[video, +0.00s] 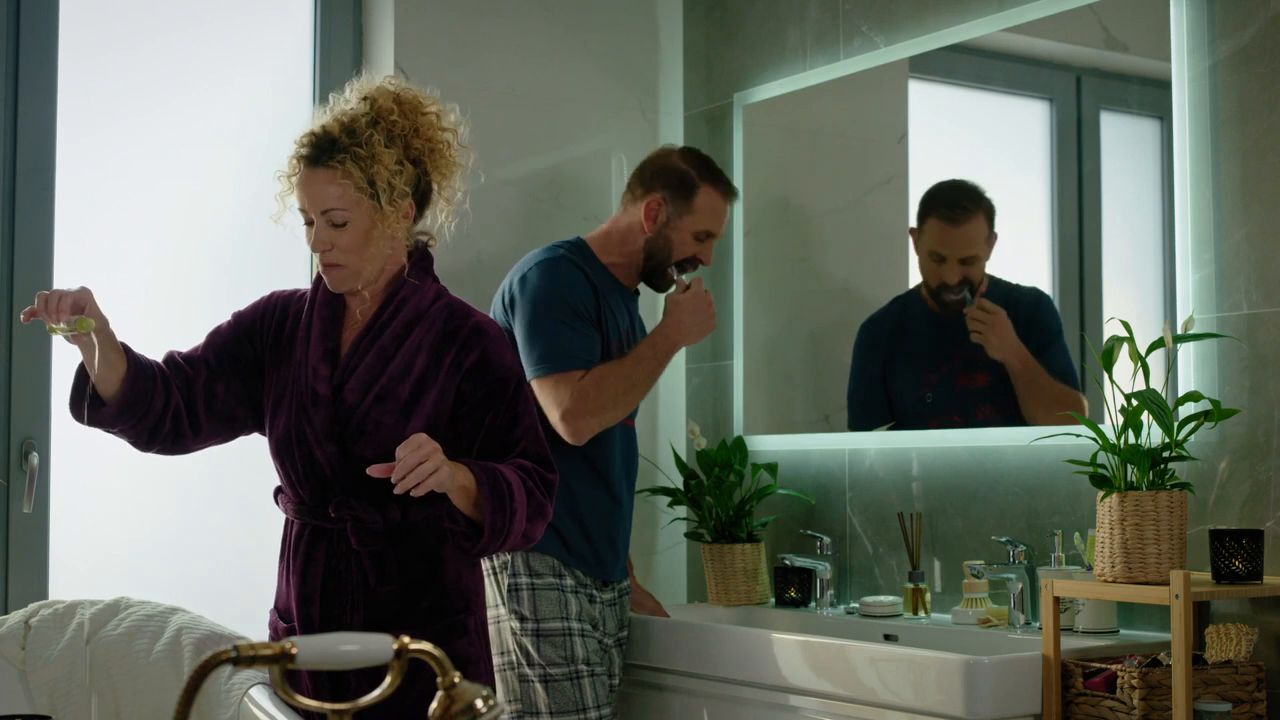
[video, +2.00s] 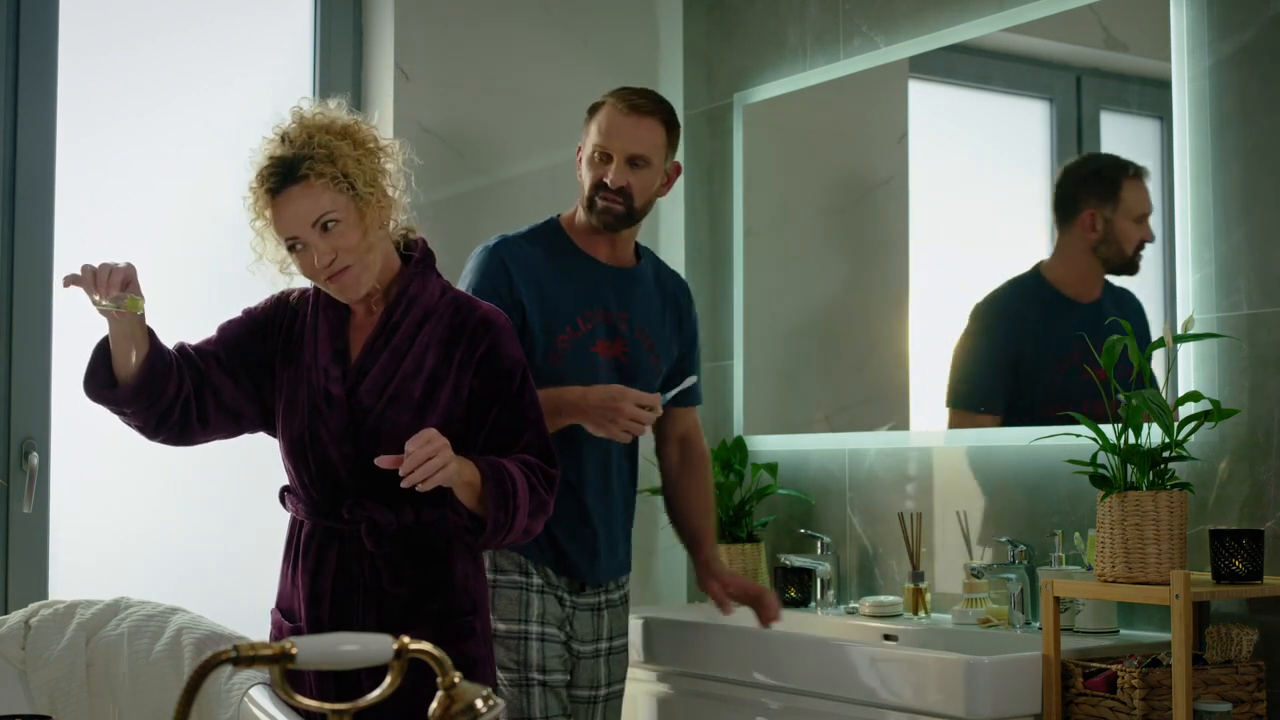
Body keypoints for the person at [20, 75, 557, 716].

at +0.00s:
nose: (317, 241)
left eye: (336, 220)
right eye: (310, 220)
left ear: (403, 215)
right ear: (301, 215)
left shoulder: (472, 346)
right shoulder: (283, 328)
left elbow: (533, 496)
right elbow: (176, 407)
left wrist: (458, 480)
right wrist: (99, 348)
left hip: (432, 628)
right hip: (307, 626)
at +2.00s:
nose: (318, 258)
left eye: (329, 225)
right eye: (295, 244)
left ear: (378, 206)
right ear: (284, 250)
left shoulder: (475, 332)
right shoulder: (289, 329)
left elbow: (531, 492)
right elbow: (173, 404)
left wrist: (463, 474)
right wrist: (126, 321)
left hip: (436, 616)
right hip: (313, 615)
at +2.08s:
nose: (318, 258)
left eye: (329, 226)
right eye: (296, 244)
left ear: (377, 206)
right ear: (285, 251)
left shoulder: (475, 332)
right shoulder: (289, 330)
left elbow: (533, 491)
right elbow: (173, 404)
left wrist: (463, 474)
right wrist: (125, 321)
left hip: (436, 617)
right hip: (313, 617)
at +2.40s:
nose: (312, 259)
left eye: (326, 230)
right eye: (294, 244)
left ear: (380, 208)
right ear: (281, 247)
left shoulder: (475, 333)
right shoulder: (289, 328)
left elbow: (533, 492)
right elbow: (170, 403)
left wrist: (464, 474)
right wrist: (127, 322)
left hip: (435, 618)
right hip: (312, 616)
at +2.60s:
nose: (313, 255)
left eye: (327, 227)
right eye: (295, 240)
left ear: (383, 207)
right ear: (283, 243)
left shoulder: (475, 335)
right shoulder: (289, 327)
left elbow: (532, 496)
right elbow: (173, 404)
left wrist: (462, 476)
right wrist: (127, 320)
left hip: (436, 618)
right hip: (312, 617)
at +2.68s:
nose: (313, 254)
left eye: (327, 225)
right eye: (295, 239)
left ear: (384, 207)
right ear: (285, 242)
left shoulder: (476, 335)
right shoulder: (290, 327)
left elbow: (532, 496)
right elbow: (174, 404)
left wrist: (462, 476)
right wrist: (128, 325)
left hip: (436, 620)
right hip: (311, 619)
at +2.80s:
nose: (313, 251)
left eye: (328, 223)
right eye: (296, 237)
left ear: (386, 207)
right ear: (286, 241)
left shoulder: (477, 335)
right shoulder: (291, 327)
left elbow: (532, 496)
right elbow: (175, 404)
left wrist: (463, 477)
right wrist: (127, 325)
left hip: (436, 615)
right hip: (313, 613)